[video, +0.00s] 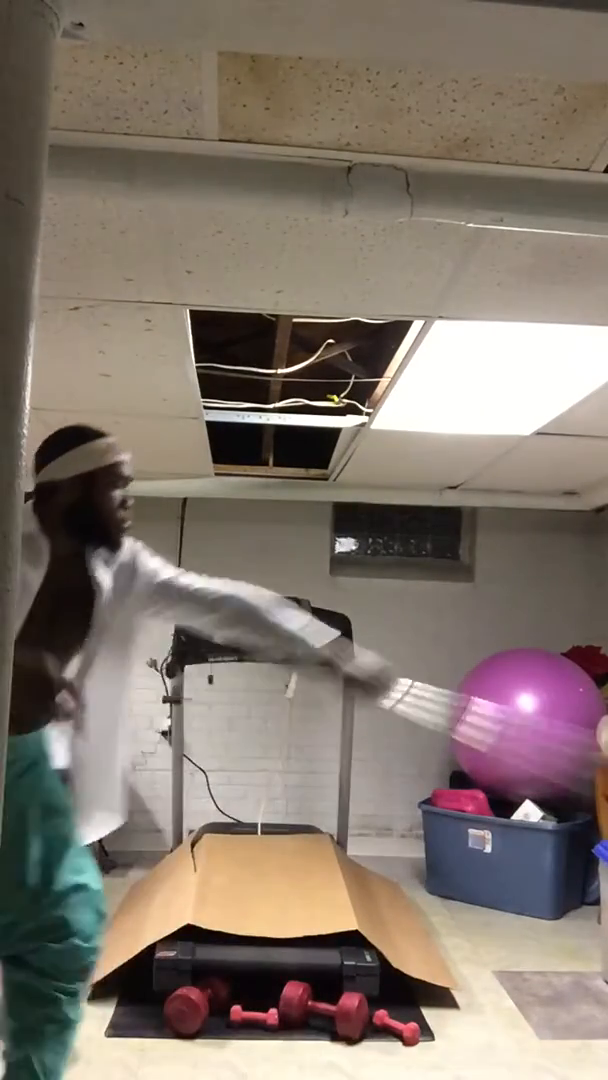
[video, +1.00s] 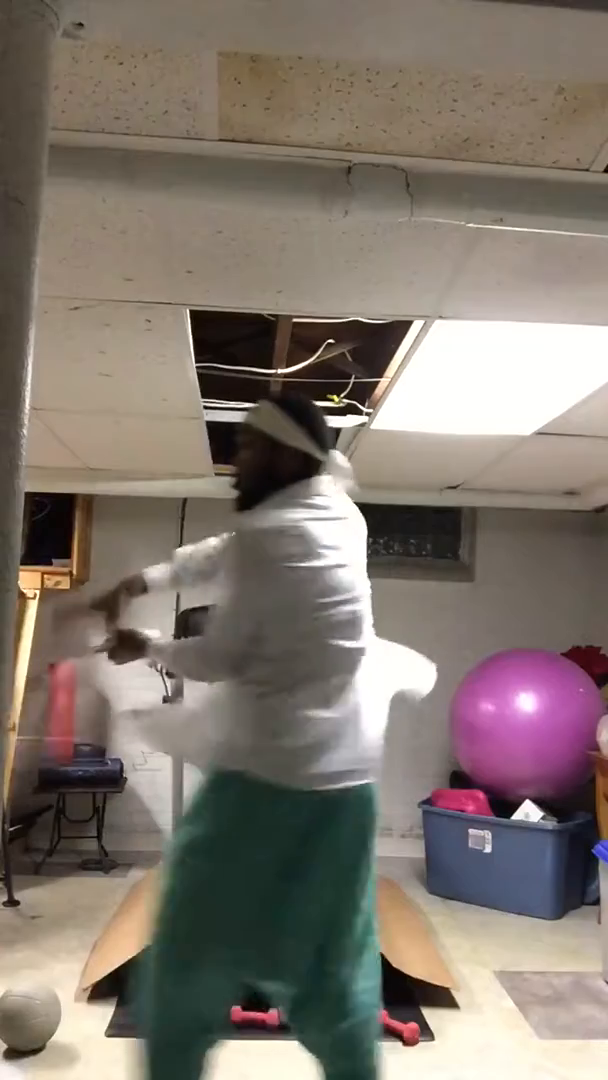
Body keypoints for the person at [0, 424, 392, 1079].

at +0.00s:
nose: (128, 498)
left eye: (128, 484)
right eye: (113, 485)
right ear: (61, 494)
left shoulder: (122, 568)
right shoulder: (15, 559)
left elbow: (225, 604)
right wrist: (21, 667)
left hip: (49, 780)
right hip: (12, 775)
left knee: (61, 935)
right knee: (46, 935)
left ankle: (32, 1067)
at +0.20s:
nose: (172, 460)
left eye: (170, 446)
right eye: (157, 448)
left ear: (161, 454)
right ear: (112, 460)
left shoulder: (174, 538)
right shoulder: (43, 527)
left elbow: (237, 558)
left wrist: (302, 583)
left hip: (103, 746)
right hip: (26, 744)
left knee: (104, 938)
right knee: (13, 945)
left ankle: (47, 1070)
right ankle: (9, 1041)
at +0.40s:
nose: (213, 461)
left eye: (210, 448)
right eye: (205, 448)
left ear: (157, 455)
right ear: (173, 455)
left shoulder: (192, 544)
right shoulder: (95, 519)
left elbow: (181, 665)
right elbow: (20, 633)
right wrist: (59, 726)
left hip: (147, 743)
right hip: (93, 741)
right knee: (127, 963)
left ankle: (47, 1055)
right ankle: (45, 1064)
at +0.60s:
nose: (236, 469)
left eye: (233, 459)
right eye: (236, 459)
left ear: (168, 454)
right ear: (227, 460)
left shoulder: (138, 512)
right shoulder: (210, 526)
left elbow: (74, 564)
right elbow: (237, 652)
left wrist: (34, 588)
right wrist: (342, 739)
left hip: (88, 758)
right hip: (153, 764)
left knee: (81, 960)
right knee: (217, 963)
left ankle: (52, 1067)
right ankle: (228, 1066)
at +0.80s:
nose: (189, 467)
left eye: (194, 454)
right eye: (193, 453)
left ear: (208, 460)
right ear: (271, 463)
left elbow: (78, 625)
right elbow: (367, 653)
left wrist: (29, 642)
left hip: (150, 811)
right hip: (265, 812)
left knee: (95, 1014)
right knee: (292, 1036)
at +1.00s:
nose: (235, 461)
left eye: (249, 447)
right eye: (240, 447)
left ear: (283, 457)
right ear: (306, 459)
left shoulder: (265, 537)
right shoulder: (341, 516)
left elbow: (226, 652)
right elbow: (224, 555)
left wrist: (150, 650)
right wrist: (141, 582)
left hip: (265, 783)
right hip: (346, 785)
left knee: (188, 959)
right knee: (332, 970)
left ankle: (175, 1066)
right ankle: (356, 1068)